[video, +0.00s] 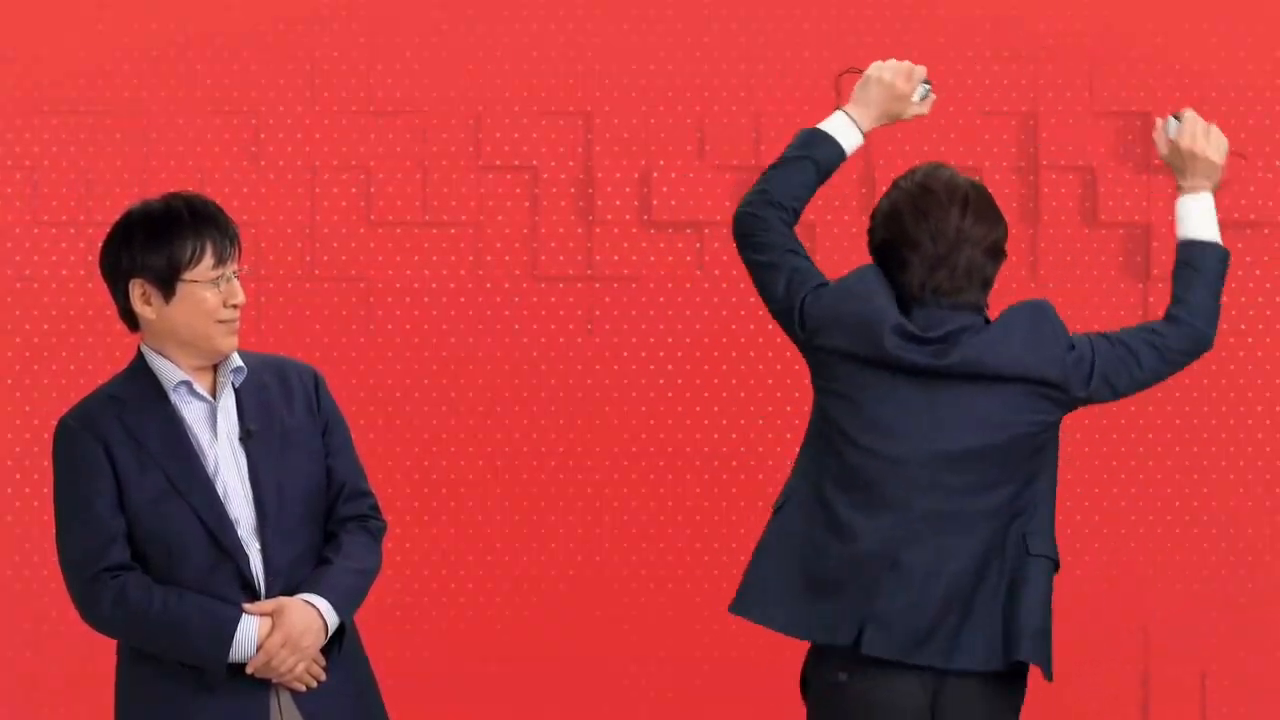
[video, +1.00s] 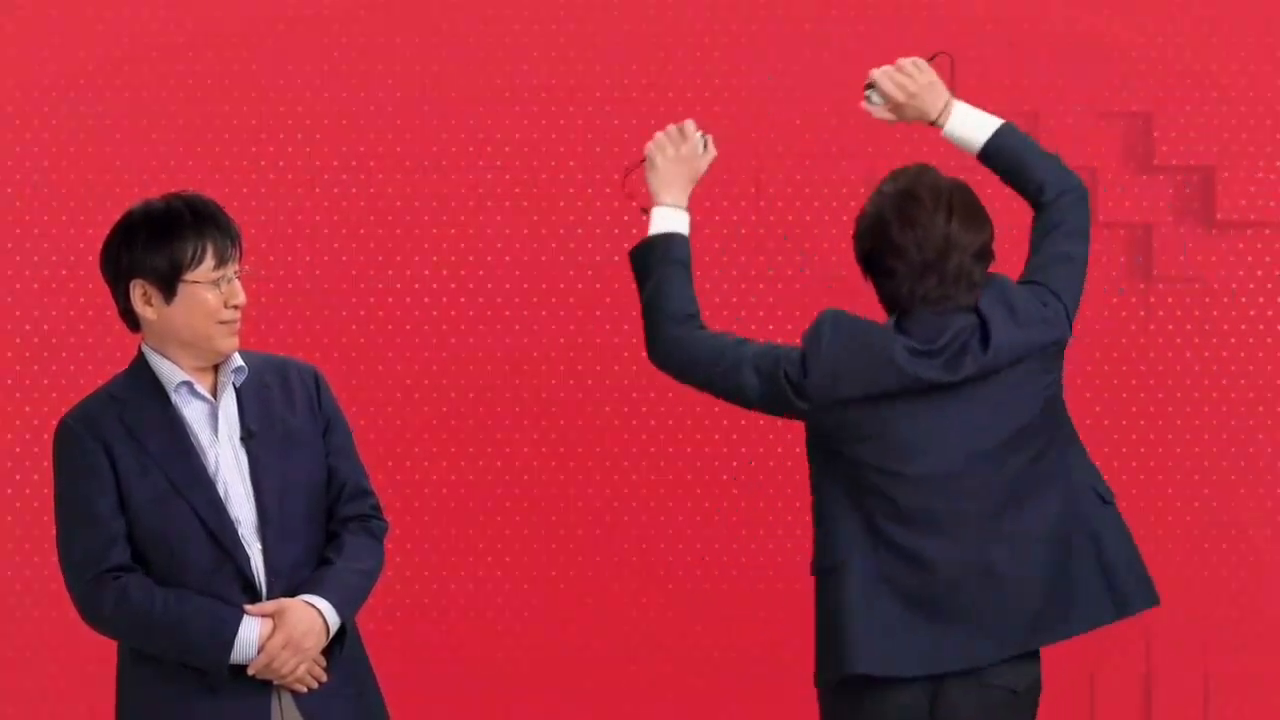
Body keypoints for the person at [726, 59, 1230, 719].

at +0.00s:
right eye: (997, 251)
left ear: (882, 257)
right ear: (991, 265)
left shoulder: (838, 333)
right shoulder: (1039, 361)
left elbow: (760, 221)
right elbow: (1190, 329)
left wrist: (853, 119)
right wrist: (1198, 189)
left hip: (854, 672)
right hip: (984, 681)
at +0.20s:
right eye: (982, 242)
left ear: (873, 270)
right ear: (981, 253)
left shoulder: (840, 371)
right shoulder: (1030, 322)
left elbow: (680, 346)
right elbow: (1057, 180)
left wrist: (675, 202)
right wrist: (953, 82)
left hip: (887, 680)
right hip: (1012, 668)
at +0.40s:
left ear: (883, 257)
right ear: (993, 249)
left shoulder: (832, 338)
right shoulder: (1038, 333)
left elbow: (690, 274)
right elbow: (1119, 211)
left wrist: (715, 139)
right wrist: (1030, 98)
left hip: (847, 667)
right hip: (976, 666)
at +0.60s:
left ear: (900, 262)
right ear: (1006, 289)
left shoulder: (847, 323)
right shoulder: (1032, 398)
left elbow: (808, 186)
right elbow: (1197, 383)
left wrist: (929, 112)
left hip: (801, 663)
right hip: (926, 688)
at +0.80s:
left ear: (896, 256)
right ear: (1003, 281)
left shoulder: (843, 319)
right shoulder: (1036, 384)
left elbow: (782, 185)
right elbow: (1193, 348)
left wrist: (888, 96)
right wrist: (1200, 202)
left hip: (809, 662)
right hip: (933, 685)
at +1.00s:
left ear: (875, 273)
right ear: (987, 255)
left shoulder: (835, 373)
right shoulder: (1032, 334)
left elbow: (676, 342)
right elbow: (1064, 195)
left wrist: (667, 203)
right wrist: (949, 111)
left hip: (874, 683)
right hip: (1001, 673)